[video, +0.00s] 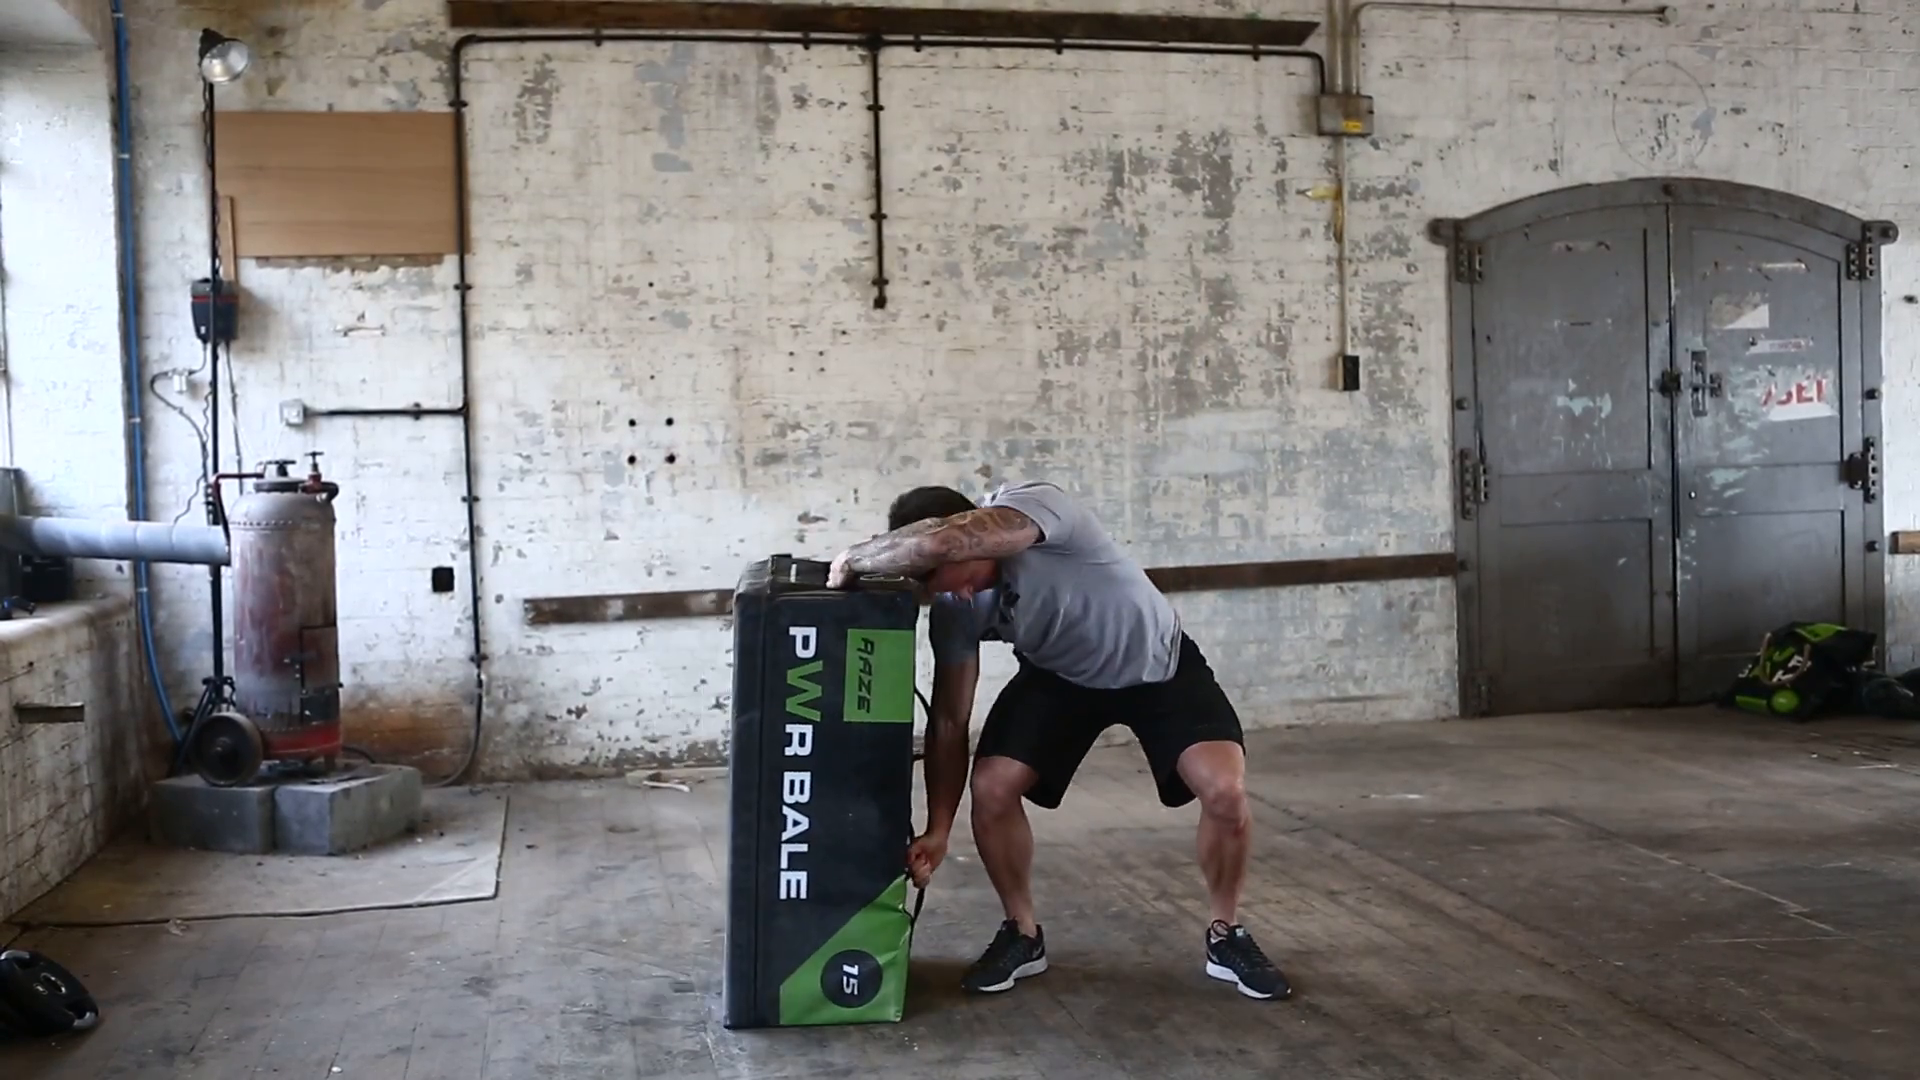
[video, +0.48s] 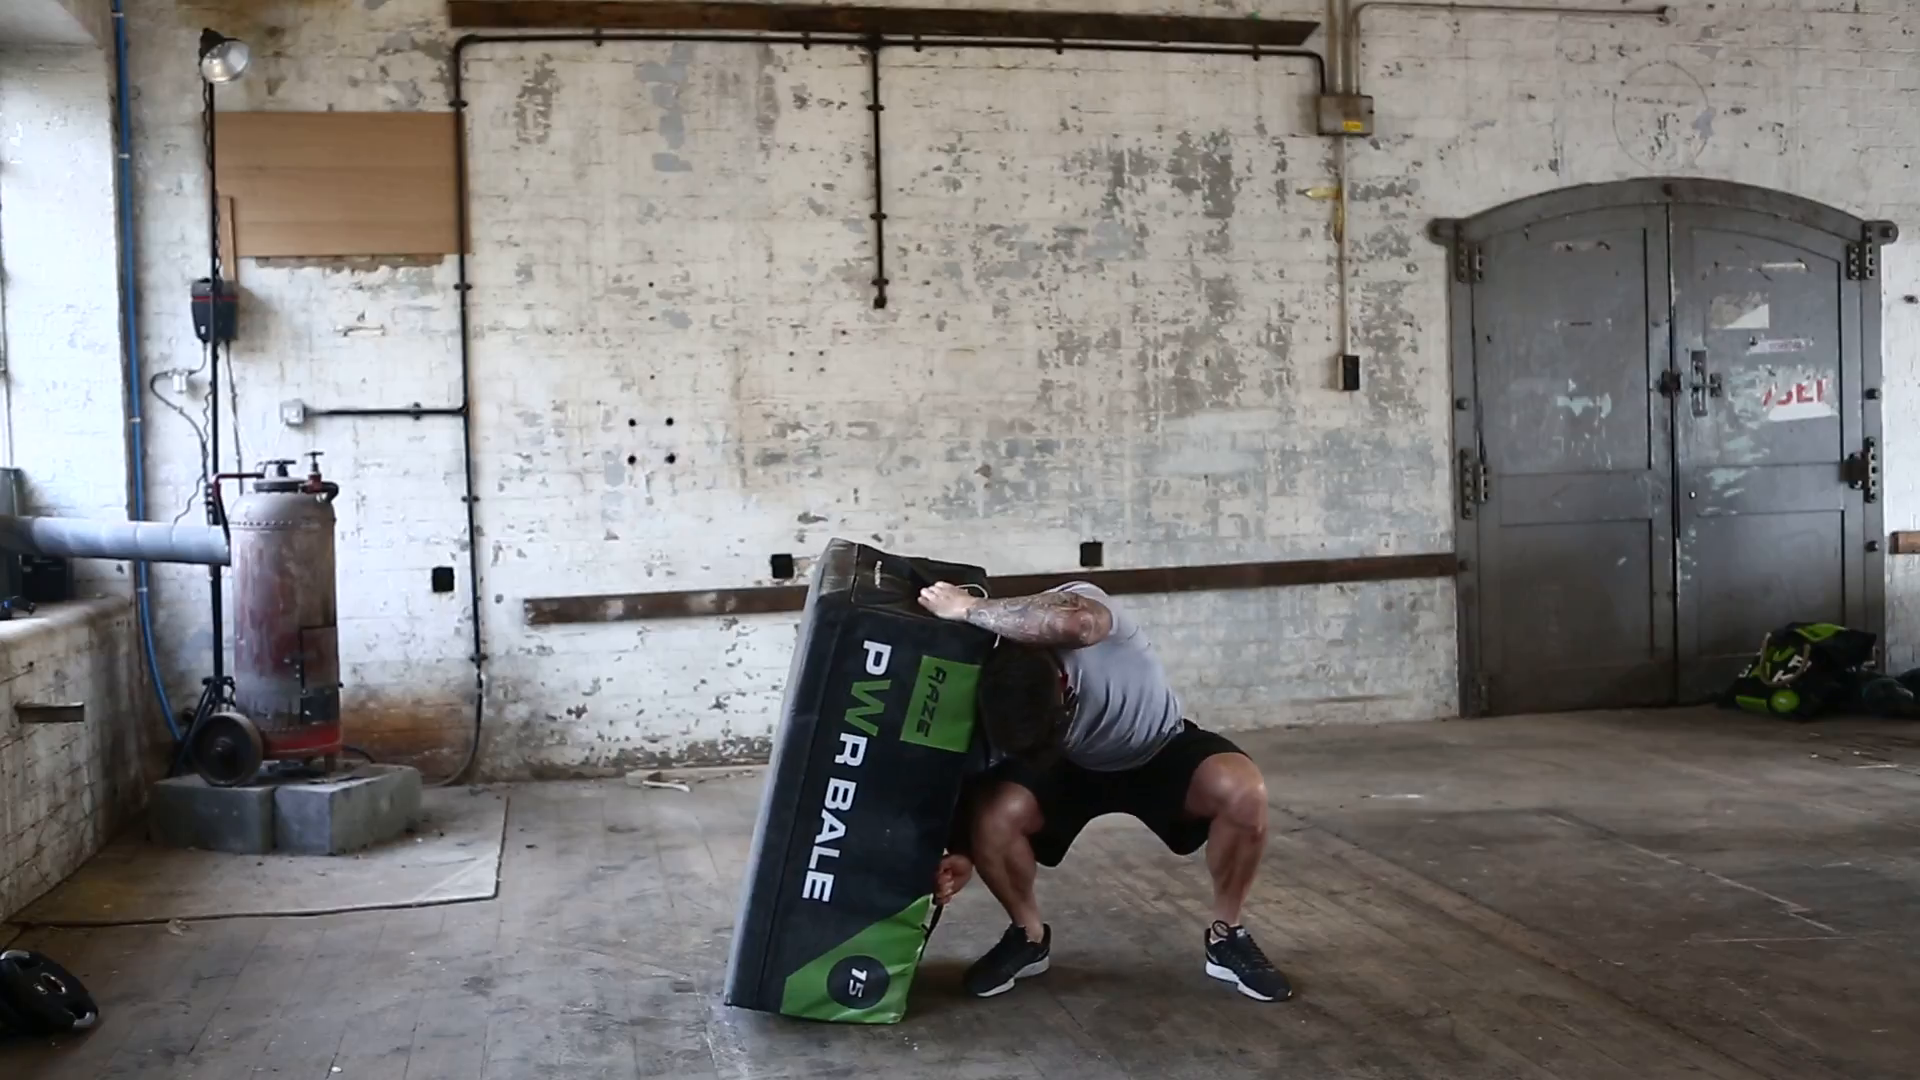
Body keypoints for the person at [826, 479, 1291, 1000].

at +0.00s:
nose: (940, 593)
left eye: (938, 573)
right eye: (929, 583)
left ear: (958, 535)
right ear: (929, 573)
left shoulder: (1043, 508)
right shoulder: (956, 602)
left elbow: (941, 542)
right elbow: (949, 719)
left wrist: (855, 561)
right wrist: (937, 833)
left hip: (1158, 662)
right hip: (1058, 676)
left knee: (1226, 792)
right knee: (991, 790)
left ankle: (1225, 934)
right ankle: (1022, 933)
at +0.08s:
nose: (992, 626)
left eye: (992, 610)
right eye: (977, 626)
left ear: (1001, 566)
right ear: (950, 619)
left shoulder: (1057, 529)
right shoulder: (966, 637)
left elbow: (949, 532)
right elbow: (952, 733)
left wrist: (865, 554)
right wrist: (938, 836)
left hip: (1162, 680)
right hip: (1063, 693)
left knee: (1230, 799)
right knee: (987, 798)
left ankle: (1225, 935)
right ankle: (1023, 935)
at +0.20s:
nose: (1025, 681)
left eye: (1027, 667)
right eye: (1010, 682)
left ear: (1031, 619)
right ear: (976, 673)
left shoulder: (1077, 577)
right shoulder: (978, 681)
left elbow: (1000, 546)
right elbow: (959, 761)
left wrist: (903, 574)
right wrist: (949, 843)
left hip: (1167, 710)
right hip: (1068, 724)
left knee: (1236, 800)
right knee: (985, 802)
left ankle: (1225, 934)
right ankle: (1025, 935)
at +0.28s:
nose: (1030, 717)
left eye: (1033, 703)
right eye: (1013, 719)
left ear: (1041, 659)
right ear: (972, 698)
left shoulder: (1083, 601)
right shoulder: (972, 697)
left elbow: (1026, 592)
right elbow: (964, 775)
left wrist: (939, 593)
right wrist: (954, 848)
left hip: (1164, 727)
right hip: (1068, 743)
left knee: (1239, 797)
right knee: (988, 806)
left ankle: (1224, 935)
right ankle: (1026, 935)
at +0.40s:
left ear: (1056, 686)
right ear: (982, 715)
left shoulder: (1074, 602)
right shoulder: (975, 696)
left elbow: (1071, 626)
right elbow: (959, 773)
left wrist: (961, 609)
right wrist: (955, 855)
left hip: (1159, 745)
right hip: (1062, 760)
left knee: (1241, 796)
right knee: (985, 814)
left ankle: (1226, 935)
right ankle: (1026, 935)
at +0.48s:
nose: (1033, 755)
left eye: (1041, 742)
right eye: (1025, 750)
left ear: (1061, 688)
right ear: (986, 715)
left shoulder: (1080, 606)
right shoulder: (980, 697)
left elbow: (1084, 624)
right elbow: (967, 778)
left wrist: (969, 608)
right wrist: (960, 857)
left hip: (1159, 752)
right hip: (1065, 768)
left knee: (1244, 792)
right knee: (991, 819)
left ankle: (1226, 936)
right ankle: (1029, 936)